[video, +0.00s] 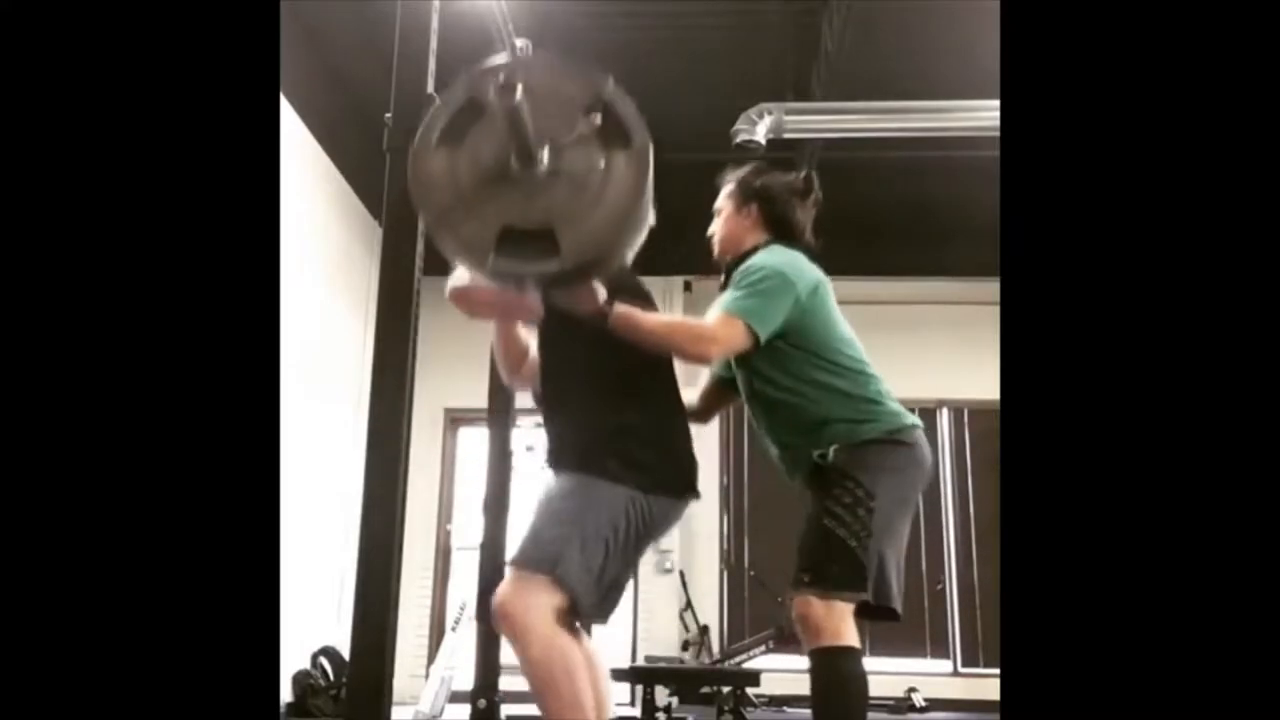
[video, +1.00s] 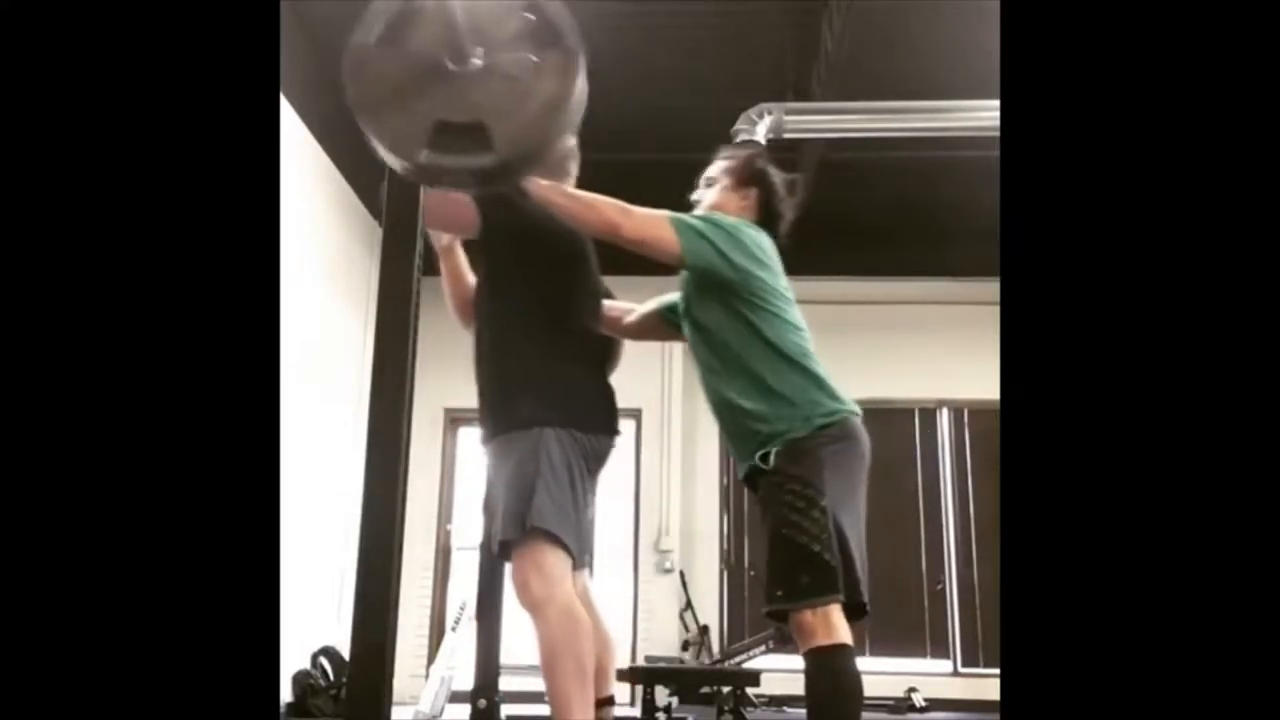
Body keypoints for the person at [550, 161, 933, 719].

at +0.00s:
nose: (710, 225)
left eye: (719, 210)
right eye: (713, 211)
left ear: (753, 213)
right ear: (754, 216)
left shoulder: (778, 268)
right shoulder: (753, 291)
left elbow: (715, 340)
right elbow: (703, 406)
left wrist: (606, 310)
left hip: (876, 448)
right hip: (853, 455)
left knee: (821, 606)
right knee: (818, 610)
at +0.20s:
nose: (725, 202)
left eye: (734, 189)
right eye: (729, 189)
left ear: (764, 191)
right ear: (764, 195)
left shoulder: (787, 248)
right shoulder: (763, 269)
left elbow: (729, 320)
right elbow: (716, 391)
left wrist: (631, 269)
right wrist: (644, 375)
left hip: (854, 445)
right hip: (827, 453)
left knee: (824, 613)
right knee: (822, 615)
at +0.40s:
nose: (728, 200)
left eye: (737, 186)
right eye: (732, 188)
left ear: (766, 189)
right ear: (768, 193)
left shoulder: (789, 243)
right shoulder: (760, 283)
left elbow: (732, 284)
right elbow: (701, 361)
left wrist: (633, 228)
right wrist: (627, 309)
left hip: (841, 444)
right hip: (816, 454)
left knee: (818, 613)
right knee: (819, 617)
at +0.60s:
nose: (725, 196)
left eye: (733, 184)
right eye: (730, 184)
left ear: (758, 191)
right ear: (768, 196)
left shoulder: (778, 243)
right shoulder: (750, 297)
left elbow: (686, 259)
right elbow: (676, 343)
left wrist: (592, 215)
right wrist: (599, 312)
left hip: (842, 445)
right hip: (817, 456)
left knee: (817, 614)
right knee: (814, 617)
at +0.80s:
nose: (721, 195)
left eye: (731, 183)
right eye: (725, 184)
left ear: (758, 193)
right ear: (769, 198)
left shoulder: (764, 240)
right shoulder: (732, 293)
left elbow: (650, 229)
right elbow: (655, 322)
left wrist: (557, 191)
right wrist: (572, 299)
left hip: (832, 443)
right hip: (805, 452)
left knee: (815, 612)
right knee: (811, 615)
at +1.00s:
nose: (697, 192)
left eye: (713, 182)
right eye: (701, 183)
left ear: (749, 197)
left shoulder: (736, 240)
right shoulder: (707, 294)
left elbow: (623, 222)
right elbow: (628, 318)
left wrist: (521, 182)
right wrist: (543, 290)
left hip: (813, 441)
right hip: (791, 452)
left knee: (816, 617)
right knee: (816, 620)